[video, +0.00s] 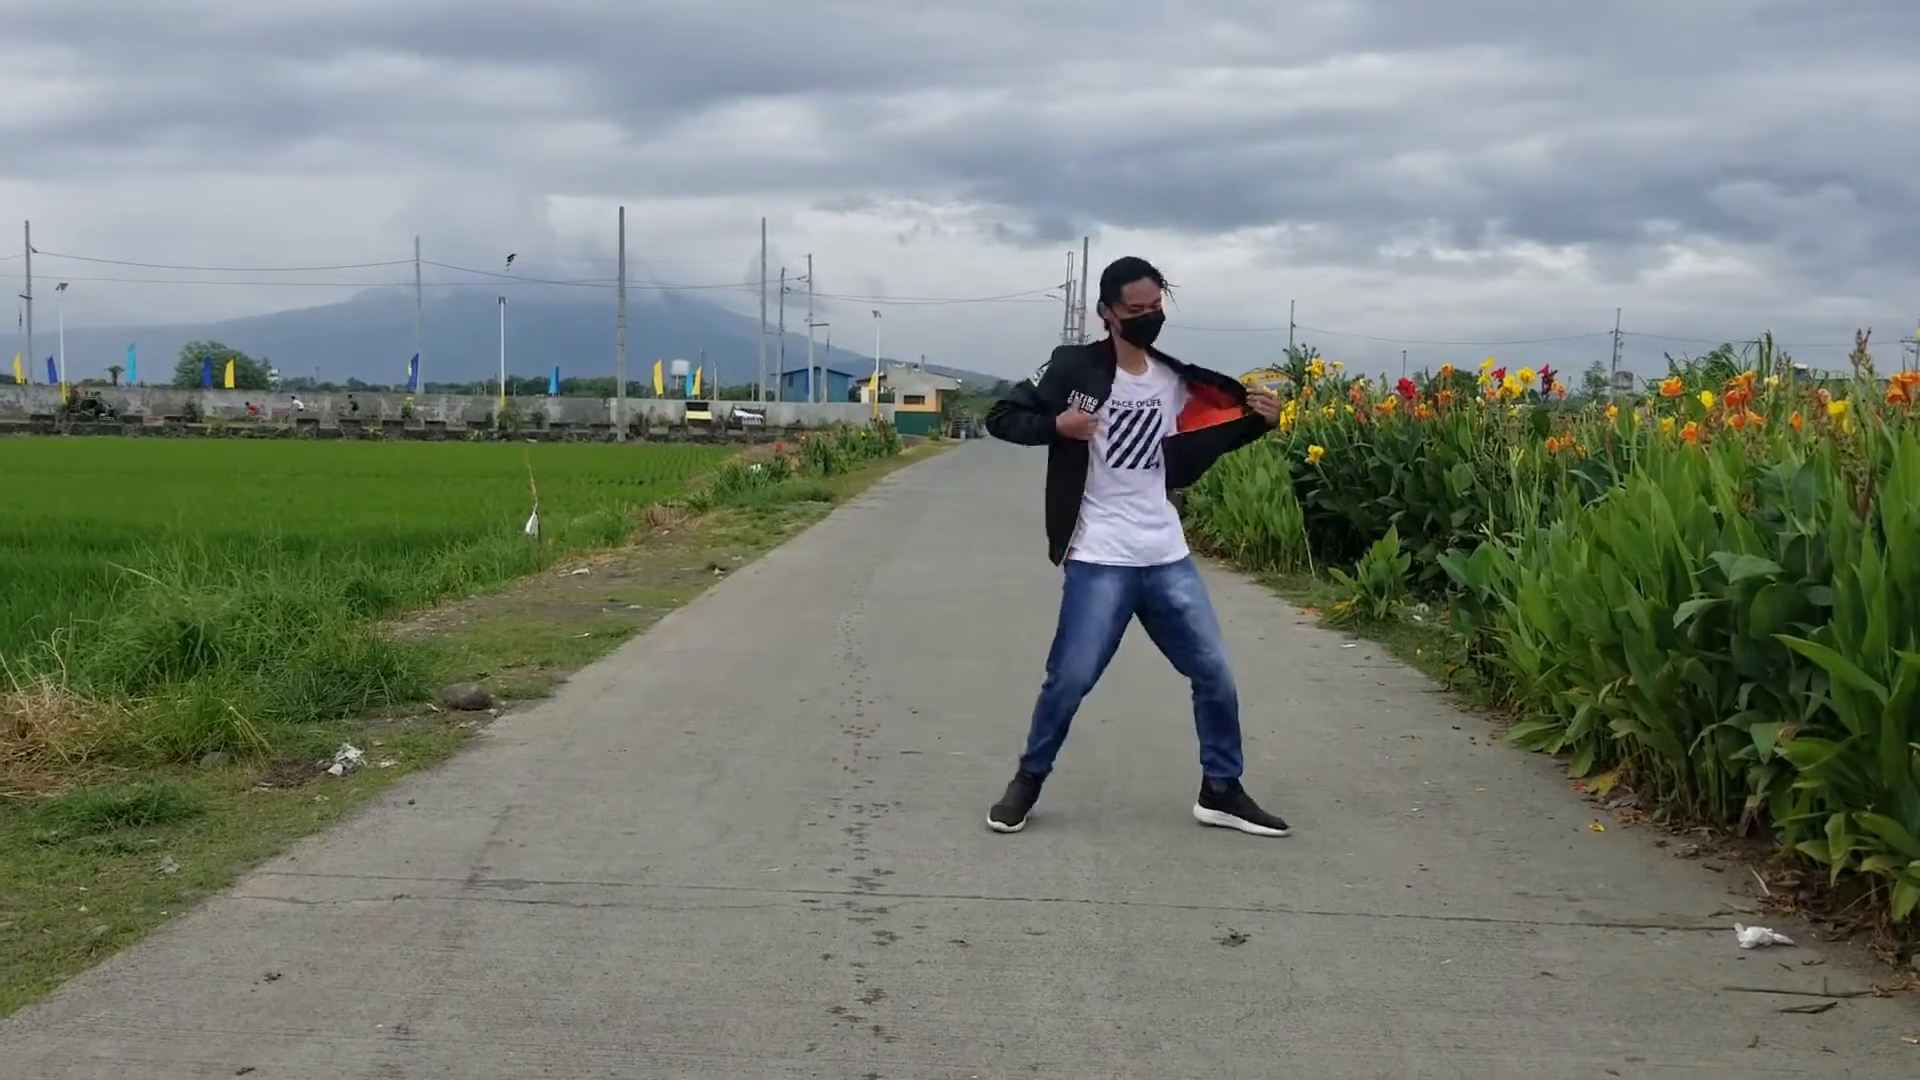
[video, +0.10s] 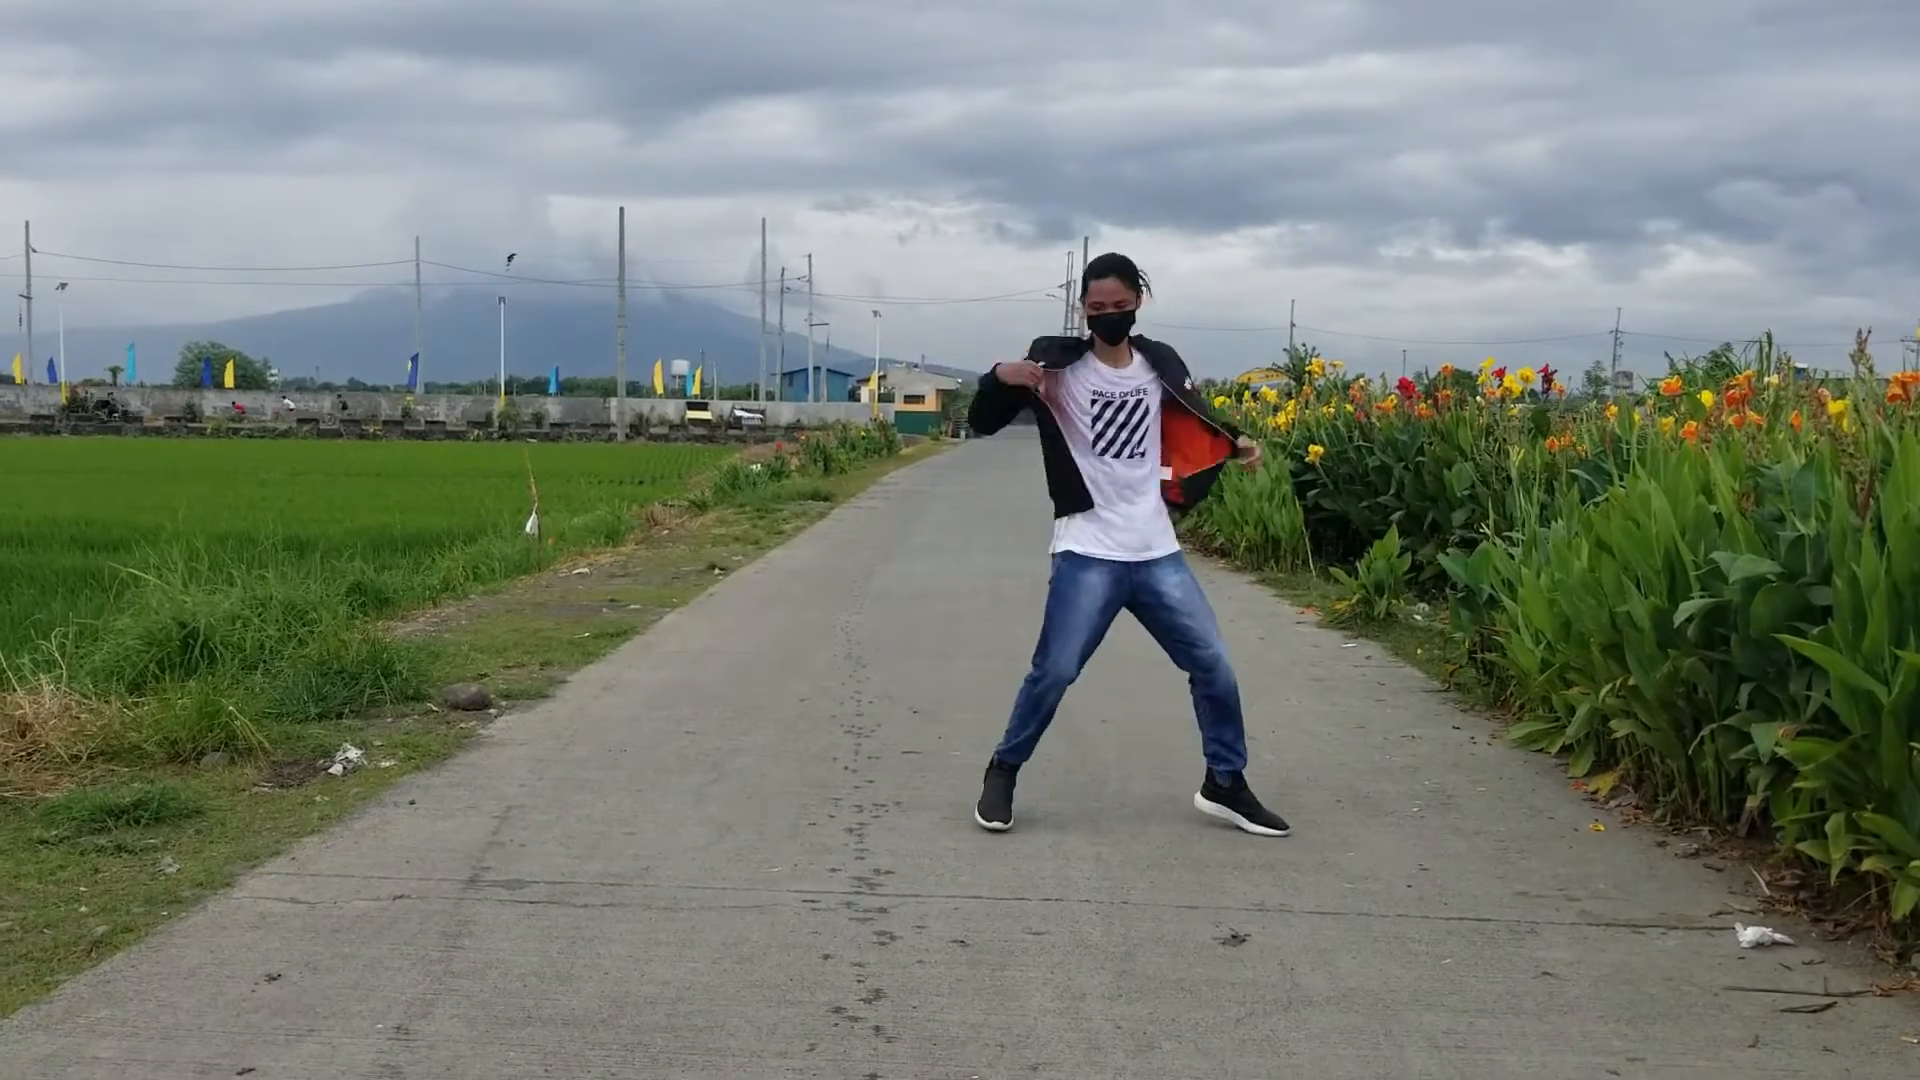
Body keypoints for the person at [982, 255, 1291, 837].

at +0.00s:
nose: (1151, 319)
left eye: (1157, 309)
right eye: (1138, 310)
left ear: (1163, 305)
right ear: (1108, 311)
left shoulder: (1175, 380)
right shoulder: (1074, 366)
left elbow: (1178, 460)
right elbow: (1003, 419)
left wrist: (1255, 422)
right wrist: (1055, 425)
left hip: (1165, 551)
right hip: (1098, 551)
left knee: (1215, 671)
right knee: (1071, 677)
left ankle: (1221, 789)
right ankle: (1028, 780)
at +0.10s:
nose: (1108, 319)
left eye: (1119, 308)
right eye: (1097, 308)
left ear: (1139, 303)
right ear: (1082, 307)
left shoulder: (1163, 363)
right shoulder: (1053, 362)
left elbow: (1195, 429)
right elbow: (982, 424)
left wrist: (1233, 444)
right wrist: (1000, 377)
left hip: (1156, 548)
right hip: (1086, 548)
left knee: (1213, 664)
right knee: (1056, 669)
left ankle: (1224, 782)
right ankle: (1003, 771)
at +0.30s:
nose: (1021, 317)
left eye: (1034, 309)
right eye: (1016, 306)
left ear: (1063, 315)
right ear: (1010, 310)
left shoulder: (1094, 370)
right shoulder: (992, 375)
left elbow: (1116, 442)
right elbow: (951, 457)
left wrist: (1148, 496)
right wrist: (922, 427)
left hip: (1096, 552)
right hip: (1029, 554)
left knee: (1156, 666)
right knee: (1029, 680)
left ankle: (1212, 771)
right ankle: (980, 782)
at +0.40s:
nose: (990, 321)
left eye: (1000, 311)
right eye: (985, 311)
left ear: (1033, 312)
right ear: (983, 310)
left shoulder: (1066, 365)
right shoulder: (962, 371)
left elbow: (1089, 441)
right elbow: (933, 445)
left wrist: (1117, 493)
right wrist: (915, 486)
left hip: (1065, 540)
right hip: (999, 542)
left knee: (1130, 648)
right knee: (1016, 667)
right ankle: (981, 783)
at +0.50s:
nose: (961, 313)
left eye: (971, 304)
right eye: (957, 303)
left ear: (1006, 300)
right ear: (956, 298)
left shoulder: (1039, 352)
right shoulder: (931, 360)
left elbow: (1072, 418)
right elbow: (908, 435)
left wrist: (1117, 439)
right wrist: (896, 460)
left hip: (1039, 531)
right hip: (976, 535)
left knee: (1079, 642)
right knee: (993, 659)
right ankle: (977, 778)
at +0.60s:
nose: (942, 308)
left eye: (953, 298)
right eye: (935, 298)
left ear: (985, 292)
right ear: (929, 294)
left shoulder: (1019, 340)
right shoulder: (910, 351)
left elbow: (1061, 374)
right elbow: (871, 423)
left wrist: (1128, 379)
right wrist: (833, 406)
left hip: (1012, 517)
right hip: (954, 518)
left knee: (995, 653)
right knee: (990, 632)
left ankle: (905, 707)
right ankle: (990, 745)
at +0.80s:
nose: (925, 345)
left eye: (936, 336)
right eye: (919, 337)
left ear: (965, 334)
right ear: (913, 336)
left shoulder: (1002, 384)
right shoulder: (893, 387)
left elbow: (1067, 402)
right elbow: (820, 411)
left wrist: (1129, 404)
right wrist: (750, 418)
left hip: (971, 558)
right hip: (916, 549)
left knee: (910, 666)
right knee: (967, 623)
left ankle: (837, 741)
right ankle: (949, 735)